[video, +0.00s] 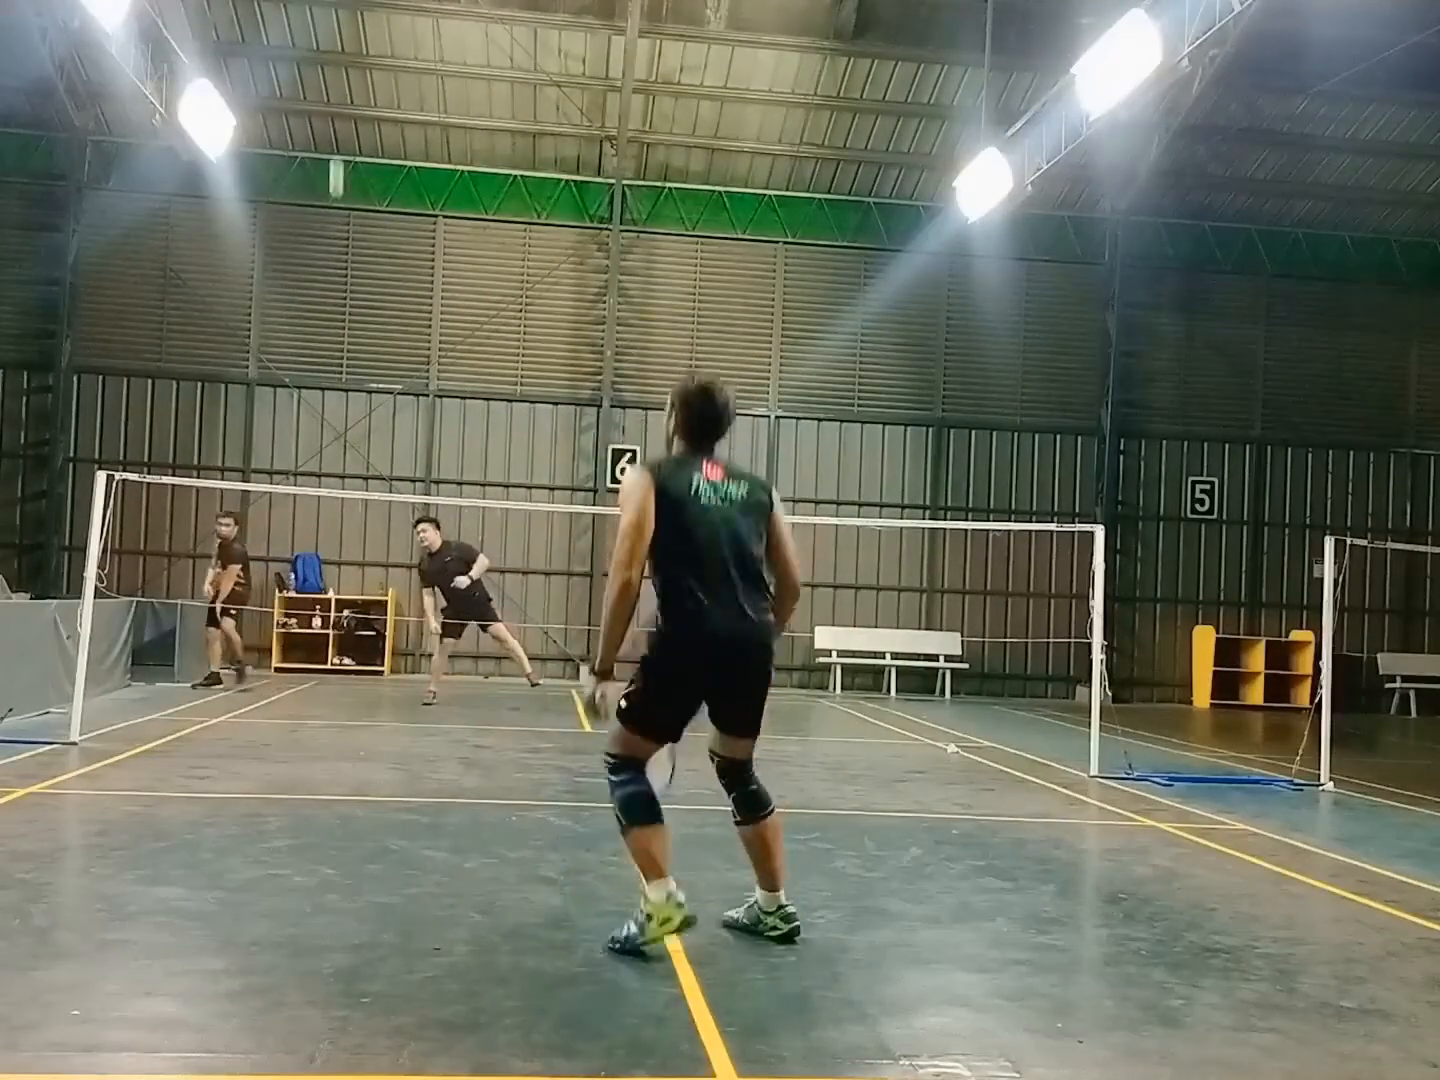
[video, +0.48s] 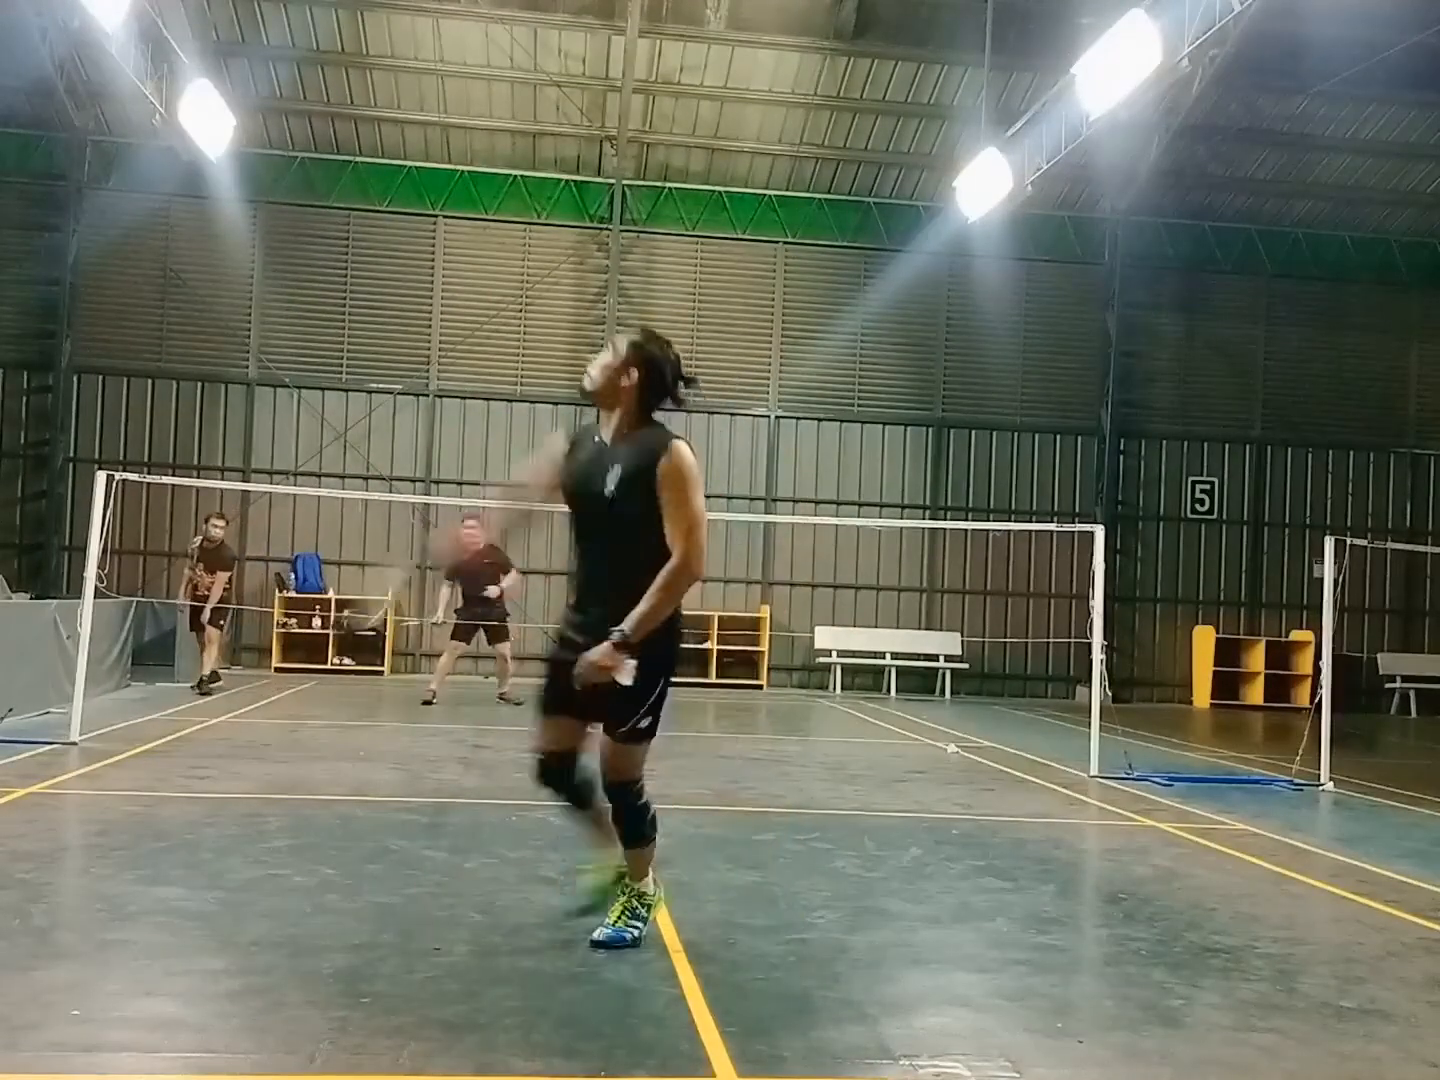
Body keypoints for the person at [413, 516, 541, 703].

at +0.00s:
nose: (421, 536)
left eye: (424, 531)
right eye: (418, 533)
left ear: (437, 532)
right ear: (417, 538)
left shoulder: (458, 548)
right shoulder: (425, 566)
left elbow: (483, 561)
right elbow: (428, 594)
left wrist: (469, 577)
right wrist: (431, 620)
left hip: (478, 603)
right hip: (455, 608)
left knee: (503, 635)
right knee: (444, 646)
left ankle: (529, 672)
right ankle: (431, 689)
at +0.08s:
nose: (423, 536)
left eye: (426, 531)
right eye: (419, 533)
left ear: (438, 533)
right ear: (417, 538)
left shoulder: (458, 549)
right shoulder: (424, 566)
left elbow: (483, 563)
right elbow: (426, 594)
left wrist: (471, 580)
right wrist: (430, 620)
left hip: (478, 603)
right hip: (454, 608)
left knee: (503, 636)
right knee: (442, 646)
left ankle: (528, 672)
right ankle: (431, 689)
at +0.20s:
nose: (431, 535)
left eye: (434, 530)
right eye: (427, 532)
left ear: (445, 531)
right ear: (424, 536)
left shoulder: (463, 548)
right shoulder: (428, 564)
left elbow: (488, 563)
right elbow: (426, 591)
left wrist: (475, 583)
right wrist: (424, 618)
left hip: (481, 604)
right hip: (456, 608)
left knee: (505, 639)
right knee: (444, 649)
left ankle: (527, 678)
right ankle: (432, 690)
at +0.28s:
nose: (437, 532)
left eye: (441, 528)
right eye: (434, 529)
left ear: (451, 529)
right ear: (431, 534)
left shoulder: (468, 548)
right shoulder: (432, 561)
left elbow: (491, 563)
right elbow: (429, 588)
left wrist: (479, 583)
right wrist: (425, 615)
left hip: (482, 605)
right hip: (457, 608)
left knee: (504, 641)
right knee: (445, 649)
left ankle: (524, 680)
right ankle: (432, 690)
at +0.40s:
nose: (458, 531)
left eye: (462, 527)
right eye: (453, 527)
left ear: (471, 530)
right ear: (449, 531)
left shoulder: (486, 551)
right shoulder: (447, 558)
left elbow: (504, 570)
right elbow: (440, 585)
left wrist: (491, 586)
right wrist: (434, 612)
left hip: (487, 606)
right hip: (463, 607)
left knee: (503, 648)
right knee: (450, 647)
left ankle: (509, 688)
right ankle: (432, 689)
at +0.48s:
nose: (472, 535)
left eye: (475, 530)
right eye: (467, 530)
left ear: (483, 532)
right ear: (461, 534)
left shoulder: (494, 553)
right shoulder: (458, 561)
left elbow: (513, 574)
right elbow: (447, 585)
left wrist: (500, 587)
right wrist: (440, 612)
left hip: (494, 612)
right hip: (469, 612)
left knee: (504, 654)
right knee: (453, 648)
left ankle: (503, 692)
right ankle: (432, 690)